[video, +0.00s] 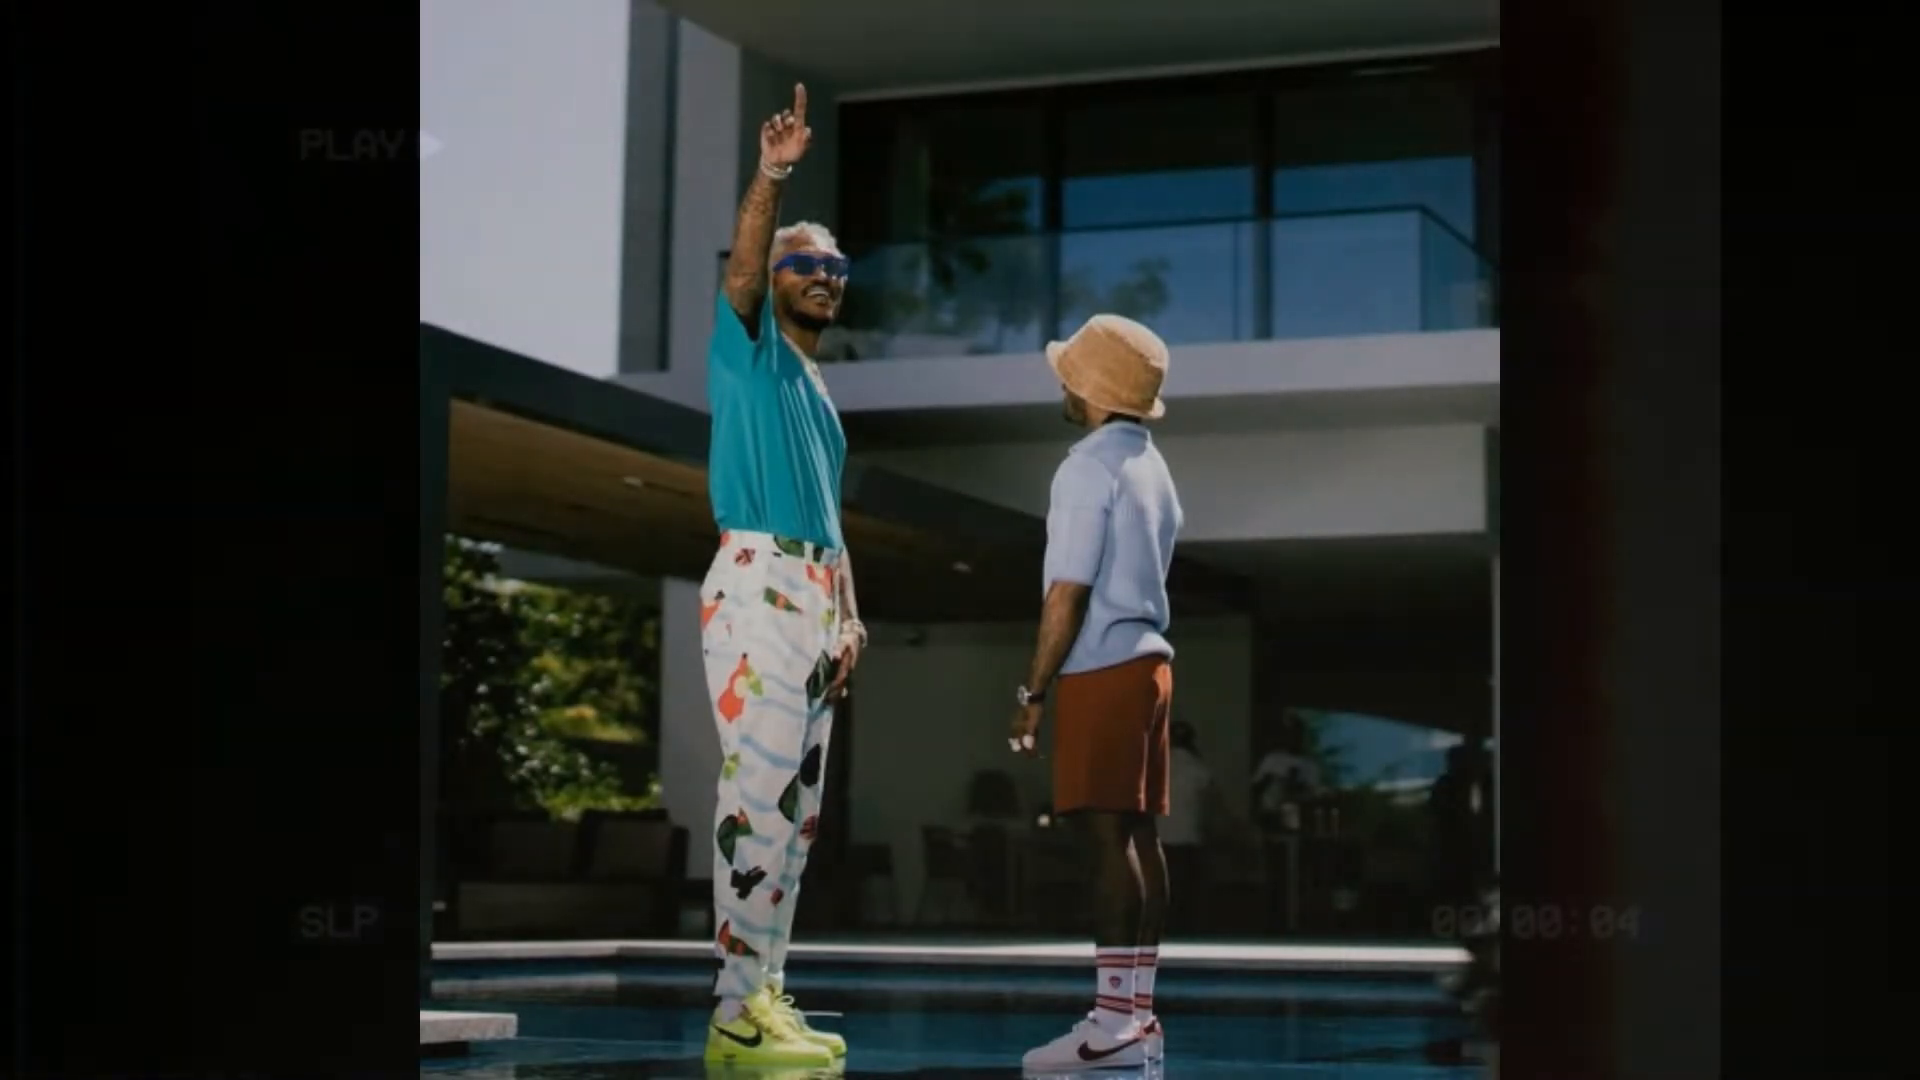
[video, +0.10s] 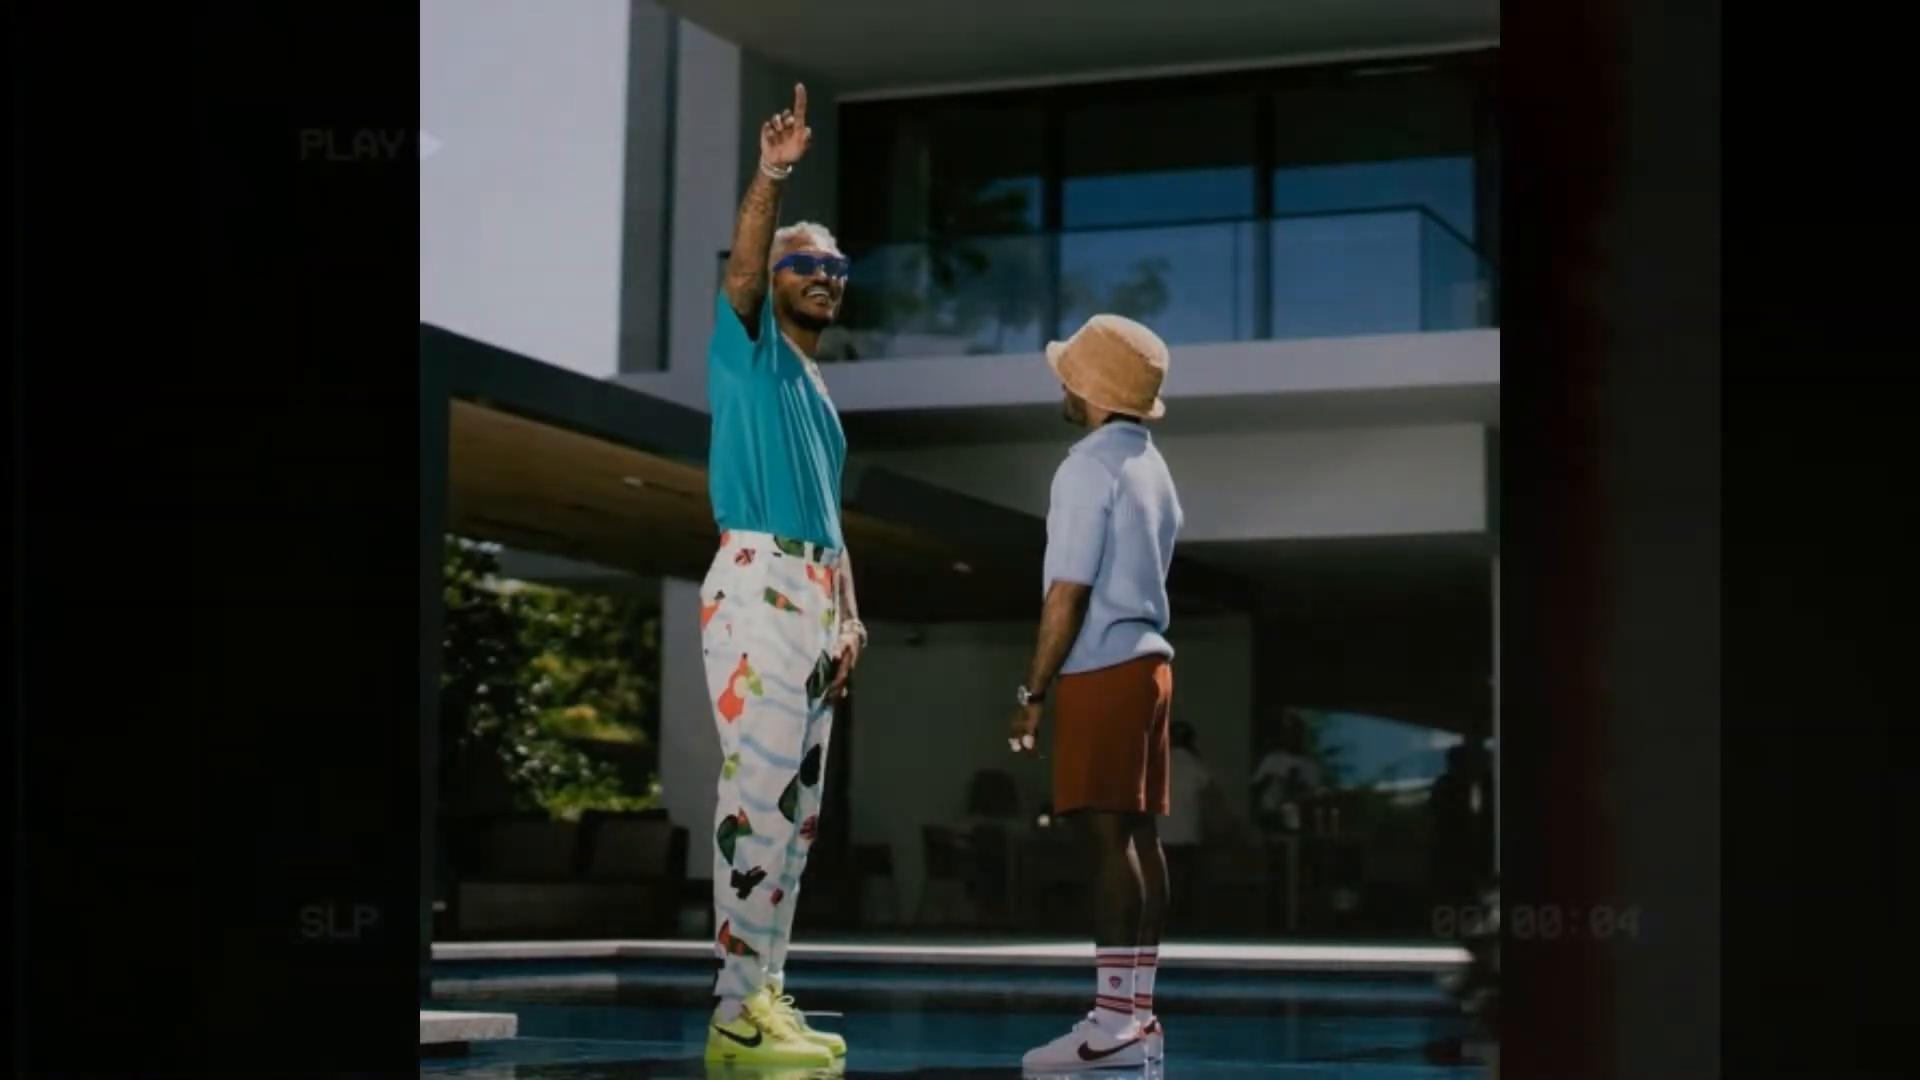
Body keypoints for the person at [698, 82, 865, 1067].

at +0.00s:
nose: (823, 281)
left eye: (834, 272)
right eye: (805, 267)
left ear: (842, 292)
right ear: (770, 278)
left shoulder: (820, 396)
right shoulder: (745, 344)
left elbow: (827, 522)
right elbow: (744, 267)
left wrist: (848, 613)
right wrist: (770, 173)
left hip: (814, 591)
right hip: (756, 582)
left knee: (793, 798)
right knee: (759, 792)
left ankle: (760, 1000)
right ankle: (745, 1006)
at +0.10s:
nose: (823, 282)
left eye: (834, 273)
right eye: (805, 267)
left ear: (842, 292)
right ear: (770, 279)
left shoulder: (819, 396)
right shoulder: (744, 344)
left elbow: (827, 521)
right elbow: (744, 268)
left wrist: (847, 612)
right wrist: (770, 173)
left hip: (814, 590)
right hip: (756, 582)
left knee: (793, 798)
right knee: (759, 792)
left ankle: (759, 1001)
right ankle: (746, 1006)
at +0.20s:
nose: (823, 283)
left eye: (834, 273)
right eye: (806, 268)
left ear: (841, 292)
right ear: (770, 278)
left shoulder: (818, 394)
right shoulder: (744, 344)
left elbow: (827, 521)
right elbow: (744, 268)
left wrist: (847, 613)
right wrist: (770, 173)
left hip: (813, 590)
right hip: (756, 582)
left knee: (793, 798)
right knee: (759, 792)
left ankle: (758, 1001)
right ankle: (746, 1006)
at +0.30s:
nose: (823, 283)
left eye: (834, 273)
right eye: (806, 268)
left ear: (841, 292)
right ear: (770, 278)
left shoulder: (818, 395)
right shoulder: (744, 344)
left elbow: (827, 521)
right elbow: (744, 268)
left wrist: (846, 613)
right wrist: (770, 173)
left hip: (813, 590)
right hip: (756, 582)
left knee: (793, 798)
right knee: (759, 792)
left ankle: (758, 1001)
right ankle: (746, 1006)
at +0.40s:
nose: (823, 283)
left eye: (834, 274)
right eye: (806, 268)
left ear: (841, 292)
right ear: (770, 278)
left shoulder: (818, 394)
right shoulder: (744, 343)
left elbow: (827, 520)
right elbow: (744, 268)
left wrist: (847, 613)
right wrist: (770, 174)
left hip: (814, 589)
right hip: (756, 581)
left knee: (794, 797)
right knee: (758, 792)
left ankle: (759, 1001)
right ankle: (745, 1006)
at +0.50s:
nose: (823, 282)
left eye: (834, 273)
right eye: (805, 268)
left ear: (842, 292)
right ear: (770, 279)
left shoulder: (819, 396)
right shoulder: (744, 344)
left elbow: (827, 521)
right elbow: (744, 268)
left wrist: (847, 613)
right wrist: (770, 173)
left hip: (814, 590)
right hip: (756, 581)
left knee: (794, 797)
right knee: (758, 791)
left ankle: (758, 1003)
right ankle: (746, 1006)